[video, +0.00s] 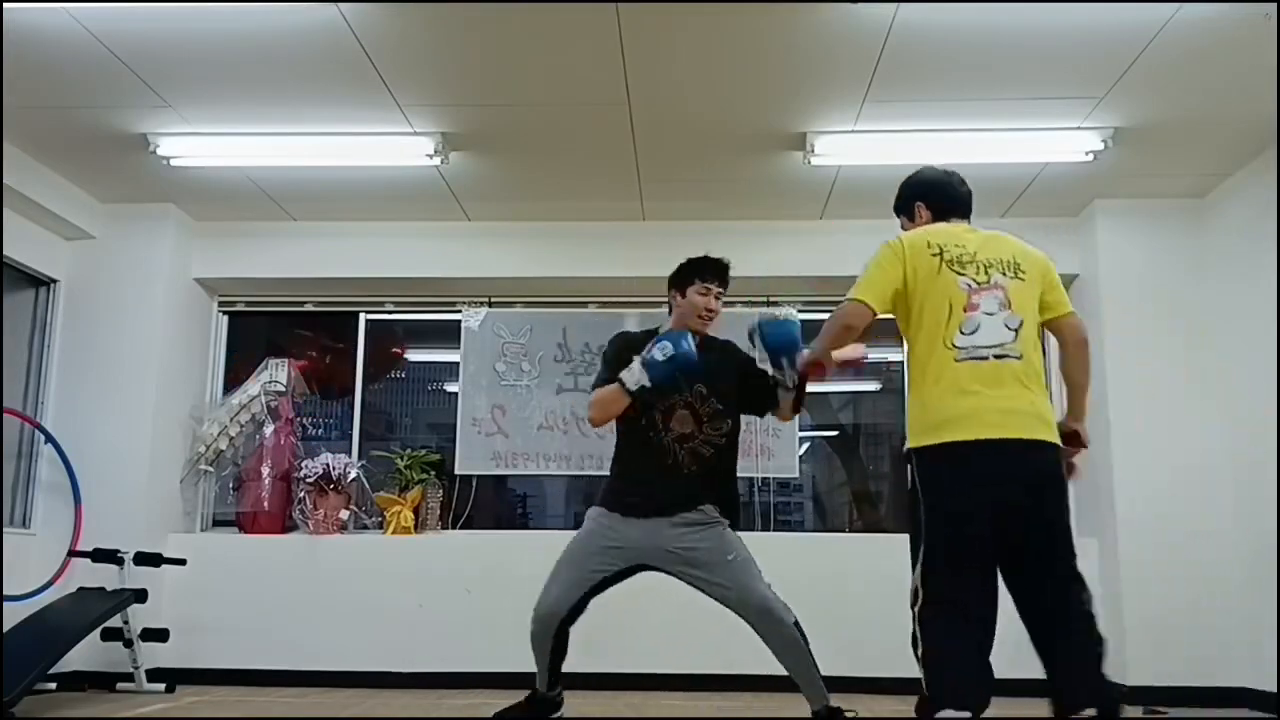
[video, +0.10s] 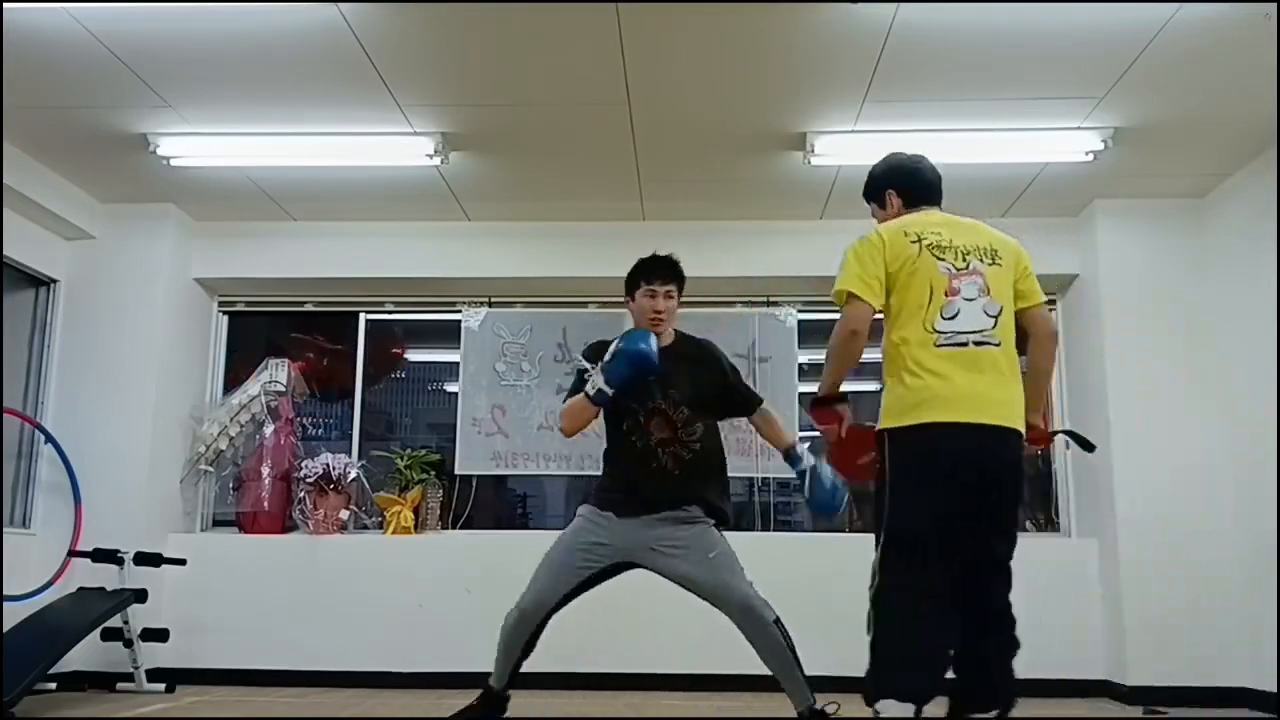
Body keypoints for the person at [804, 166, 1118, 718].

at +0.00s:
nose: (902, 229)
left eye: (901, 221)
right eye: (901, 222)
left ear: (920, 212)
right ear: (966, 213)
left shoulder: (906, 249)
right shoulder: (1027, 255)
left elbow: (853, 320)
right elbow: (1074, 335)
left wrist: (816, 356)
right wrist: (1075, 419)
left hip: (950, 449)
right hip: (1032, 447)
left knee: (952, 587)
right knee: (1052, 581)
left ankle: (955, 706)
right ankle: (1087, 702)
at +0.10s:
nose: (874, 219)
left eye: (875, 209)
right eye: (874, 210)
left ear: (893, 199)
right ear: (938, 198)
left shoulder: (883, 241)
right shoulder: (1004, 245)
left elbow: (856, 323)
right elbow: (1042, 330)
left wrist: (826, 392)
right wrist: (1036, 412)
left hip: (922, 430)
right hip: (999, 434)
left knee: (909, 570)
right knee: (987, 574)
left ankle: (899, 703)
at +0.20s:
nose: (843, 247)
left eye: (842, 233)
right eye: (839, 235)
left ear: (864, 220)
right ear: (901, 219)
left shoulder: (862, 266)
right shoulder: (973, 269)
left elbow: (838, 358)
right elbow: (1013, 357)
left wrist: (819, 431)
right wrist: (1010, 445)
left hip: (892, 455)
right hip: (970, 464)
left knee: (846, 583)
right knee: (934, 605)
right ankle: (949, 711)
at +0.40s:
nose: (758, 290)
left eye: (754, 275)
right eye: (752, 278)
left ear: (777, 258)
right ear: (815, 255)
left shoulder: (794, 314)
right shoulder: (899, 300)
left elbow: (789, 427)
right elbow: (947, 391)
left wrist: (771, 484)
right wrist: (979, 473)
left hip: (827, 502)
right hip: (904, 507)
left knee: (744, 621)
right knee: (888, 634)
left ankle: (708, 710)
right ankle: (932, 715)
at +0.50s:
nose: (697, 283)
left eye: (695, 268)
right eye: (694, 271)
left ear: (713, 255)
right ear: (756, 248)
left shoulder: (746, 310)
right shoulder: (845, 290)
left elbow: (743, 425)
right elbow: (909, 371)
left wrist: (741, 469)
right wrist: (957, 448)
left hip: (805, 501)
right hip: (878, 499)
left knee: (710, 627)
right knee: (867, 631)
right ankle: (922, 713)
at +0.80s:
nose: (617, 239)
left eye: (612, 225)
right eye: (613, 227)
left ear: (624, 214)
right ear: (678, 200)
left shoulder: (648, 263)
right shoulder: (767, 237)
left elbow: (674, 383)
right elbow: (847, 325)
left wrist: (663, 446)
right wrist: (902, 408)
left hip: (746, 471)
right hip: (837, 457)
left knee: (689, 635)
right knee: (839, 607)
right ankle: (904, 701)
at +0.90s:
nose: (625, 203)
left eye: (622, 188)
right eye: (621, 190)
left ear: (637, 177)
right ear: (696, 172)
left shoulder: (642, 236)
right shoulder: (785, 217)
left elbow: (654, 360)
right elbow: (852, 312)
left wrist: (624, 399)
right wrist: (900, 405)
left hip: (722, 465)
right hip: (824, 454)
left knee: (693, 641)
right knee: (844, 613)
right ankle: (864, 697)